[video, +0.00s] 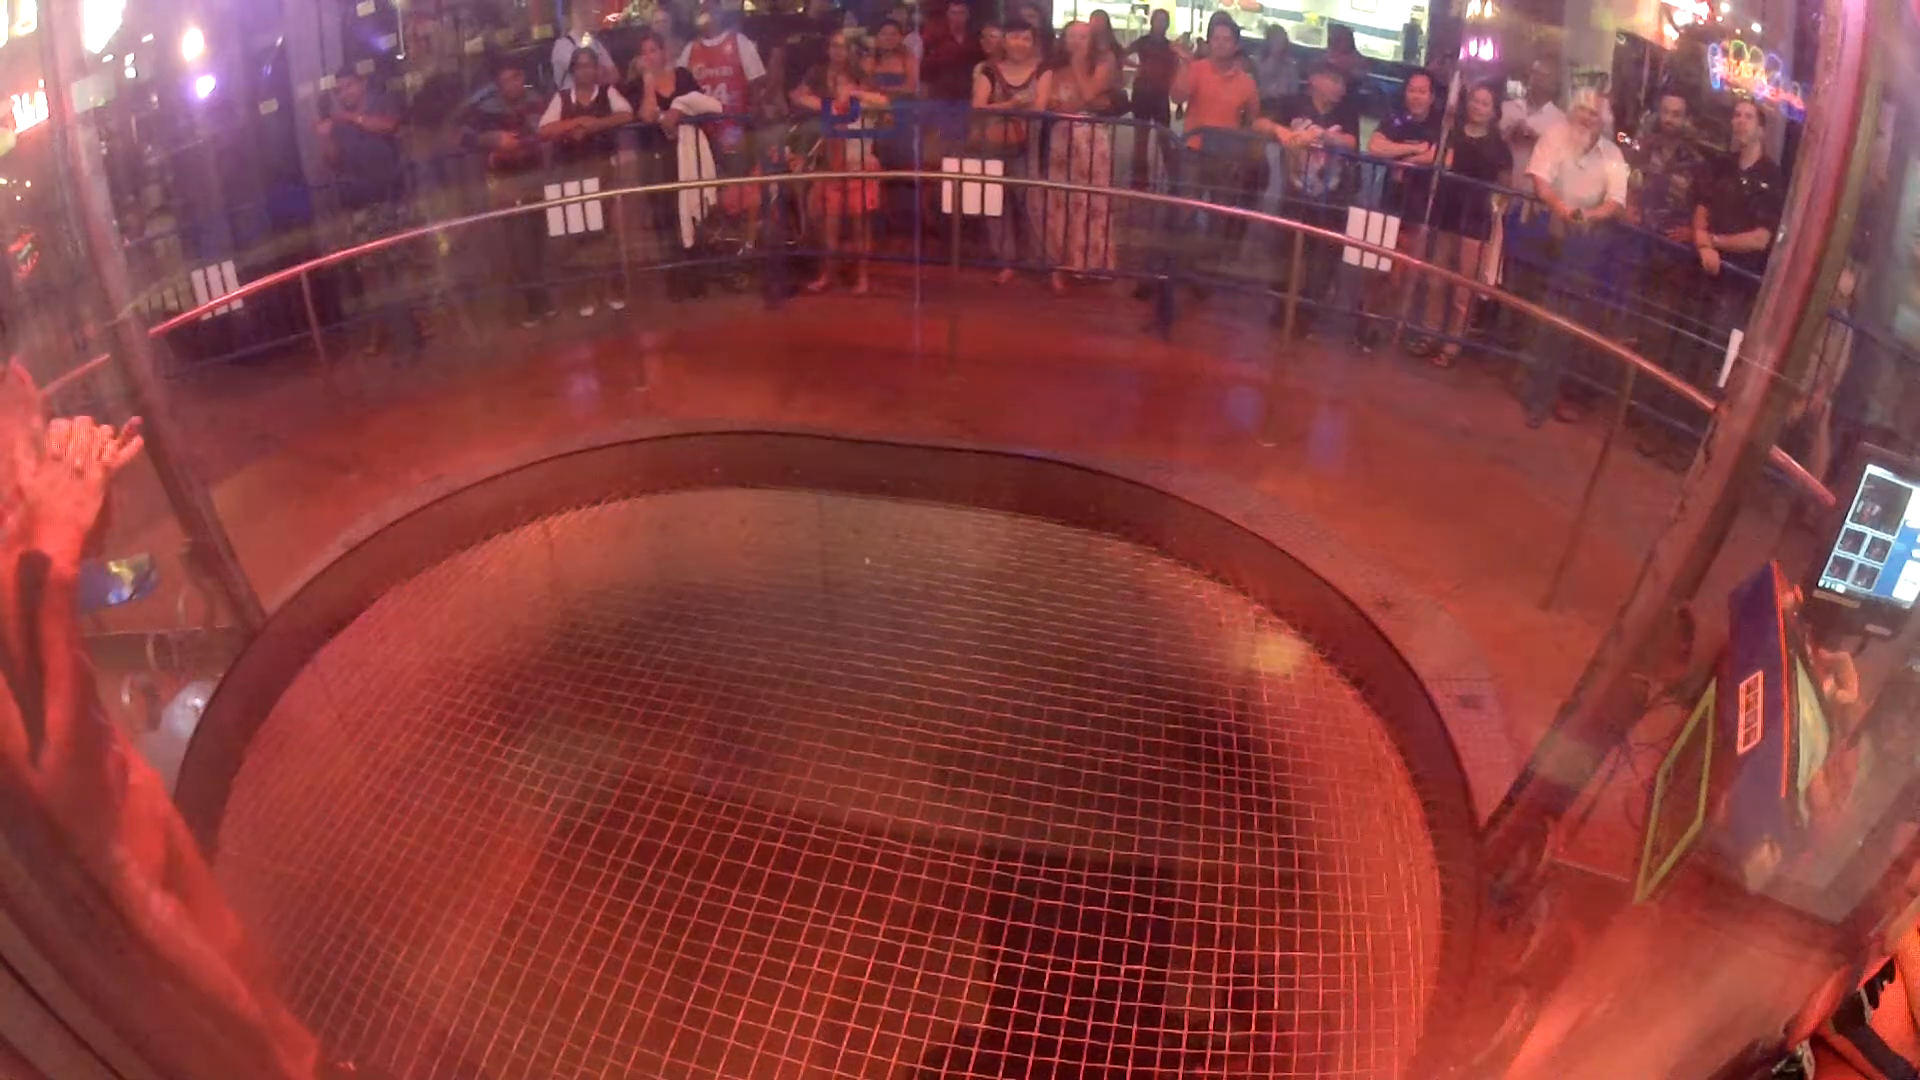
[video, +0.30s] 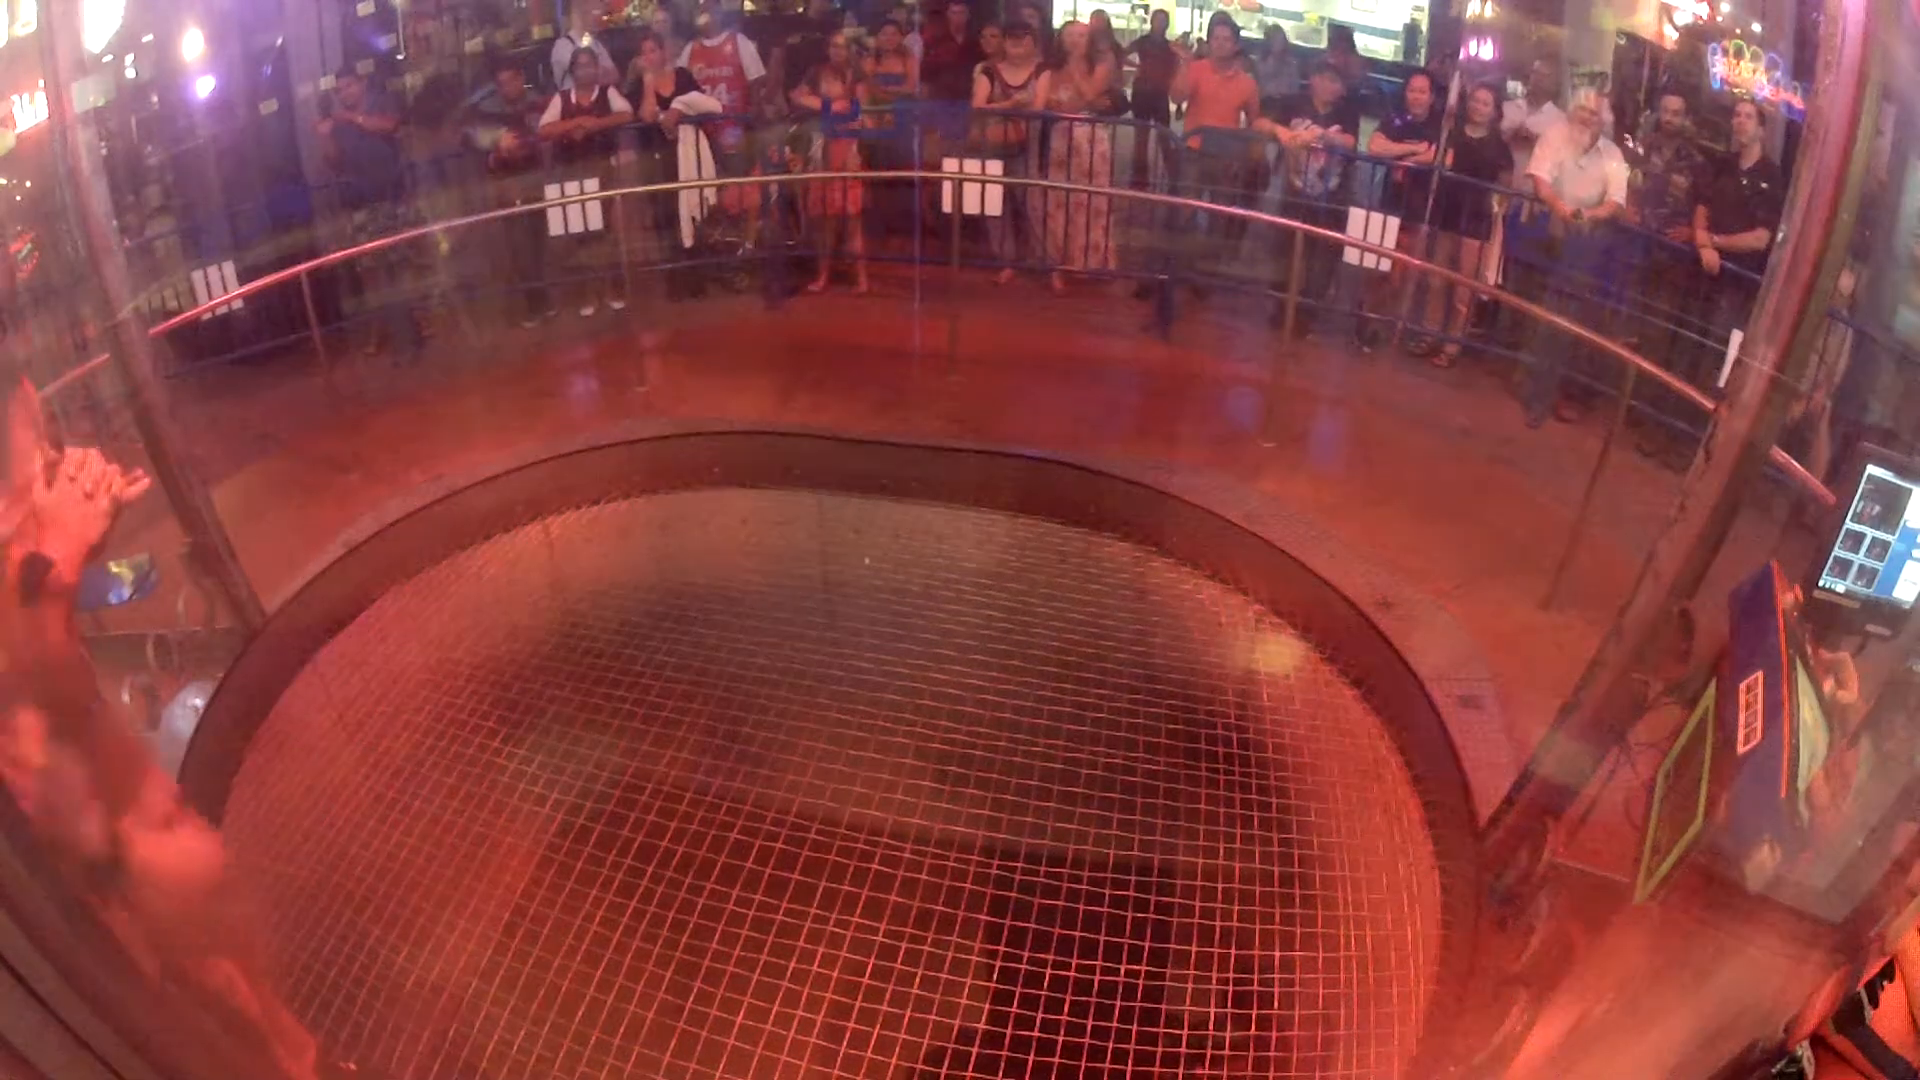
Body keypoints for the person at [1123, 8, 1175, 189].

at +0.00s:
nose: (1160, 24)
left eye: (1163, 21)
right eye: (1157, 20)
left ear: (1168, 24)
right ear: (1151, 22)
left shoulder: (1170, 47)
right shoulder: (1143, 42)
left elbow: (1175, 72)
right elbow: (1122, 57)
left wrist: (1179, 99)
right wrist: (1137, 67)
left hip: (1161, 94)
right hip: (1142, 92)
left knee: (1164, 138)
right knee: (1141, 136)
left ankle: (1173, 181)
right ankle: (1140, 180)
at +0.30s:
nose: (1160, 25)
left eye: (1163, 22)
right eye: (1157, 21)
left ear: (1167, 24)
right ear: (1151, 22)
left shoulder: (1169, 47)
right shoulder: (1143, 41)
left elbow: (1175, 72)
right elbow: (1122, 56)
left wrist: (1178, 99)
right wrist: (1137, 67)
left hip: (1161, 93)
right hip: (1142, 91)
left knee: (1164, 137)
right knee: (1141, 135)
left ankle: (1173, 180)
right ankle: (1139, 179)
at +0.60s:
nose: (1160, 25)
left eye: (1163, 21)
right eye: (1157, 20)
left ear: (1167, 24)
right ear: (1151, 22)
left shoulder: (1170, 47)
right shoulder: (1142, 42)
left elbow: (1175, 71)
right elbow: (1122, 56)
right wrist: (1136, 66)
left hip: (1161, 93)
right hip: (1142, 91)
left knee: (1164, 137)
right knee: (1141, 136)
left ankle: (1173, 179)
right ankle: (1139, 179)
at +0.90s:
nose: (1159, 24)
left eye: (1162, 21)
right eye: (1156, 20)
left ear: (1167, 24)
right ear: (1150, 22)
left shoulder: (1169, 47)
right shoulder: (1142, 42)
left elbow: (1174, 71)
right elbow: (1122, 56)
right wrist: (1137, 66)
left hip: (1161, 93)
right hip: (1142, 92)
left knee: (1164, 138)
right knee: (1141, 136)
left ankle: (1173, 179)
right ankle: (1139, 179)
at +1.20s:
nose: (1159, 24)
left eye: (1162, 21)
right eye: (1156, 20)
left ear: (1167, 24)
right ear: (1150, 22)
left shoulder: (1169, 48)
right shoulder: (1142, 42)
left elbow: (1175, 68)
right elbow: (1122, 57)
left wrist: (1166, 81)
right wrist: (1136, 67)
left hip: (1160, 93)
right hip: (1141, 92)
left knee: (1164, 136)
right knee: (1141, 135)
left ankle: (1172, 177)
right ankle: (1139, 179)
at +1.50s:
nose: (1160, 25)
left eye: (1163, 21)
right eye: (1157, 20)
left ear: (1167, 24)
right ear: (1151, 22)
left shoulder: (1169, 47)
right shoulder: (1142, 42)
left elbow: (1175, 68)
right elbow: (1122, 56)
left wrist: (1168, 80)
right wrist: (1136, 67)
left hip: (1160, 94)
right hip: (1142, 92)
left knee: (1165, 137)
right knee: (1141, 136)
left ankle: (1173, 179)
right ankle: (1140, 179)